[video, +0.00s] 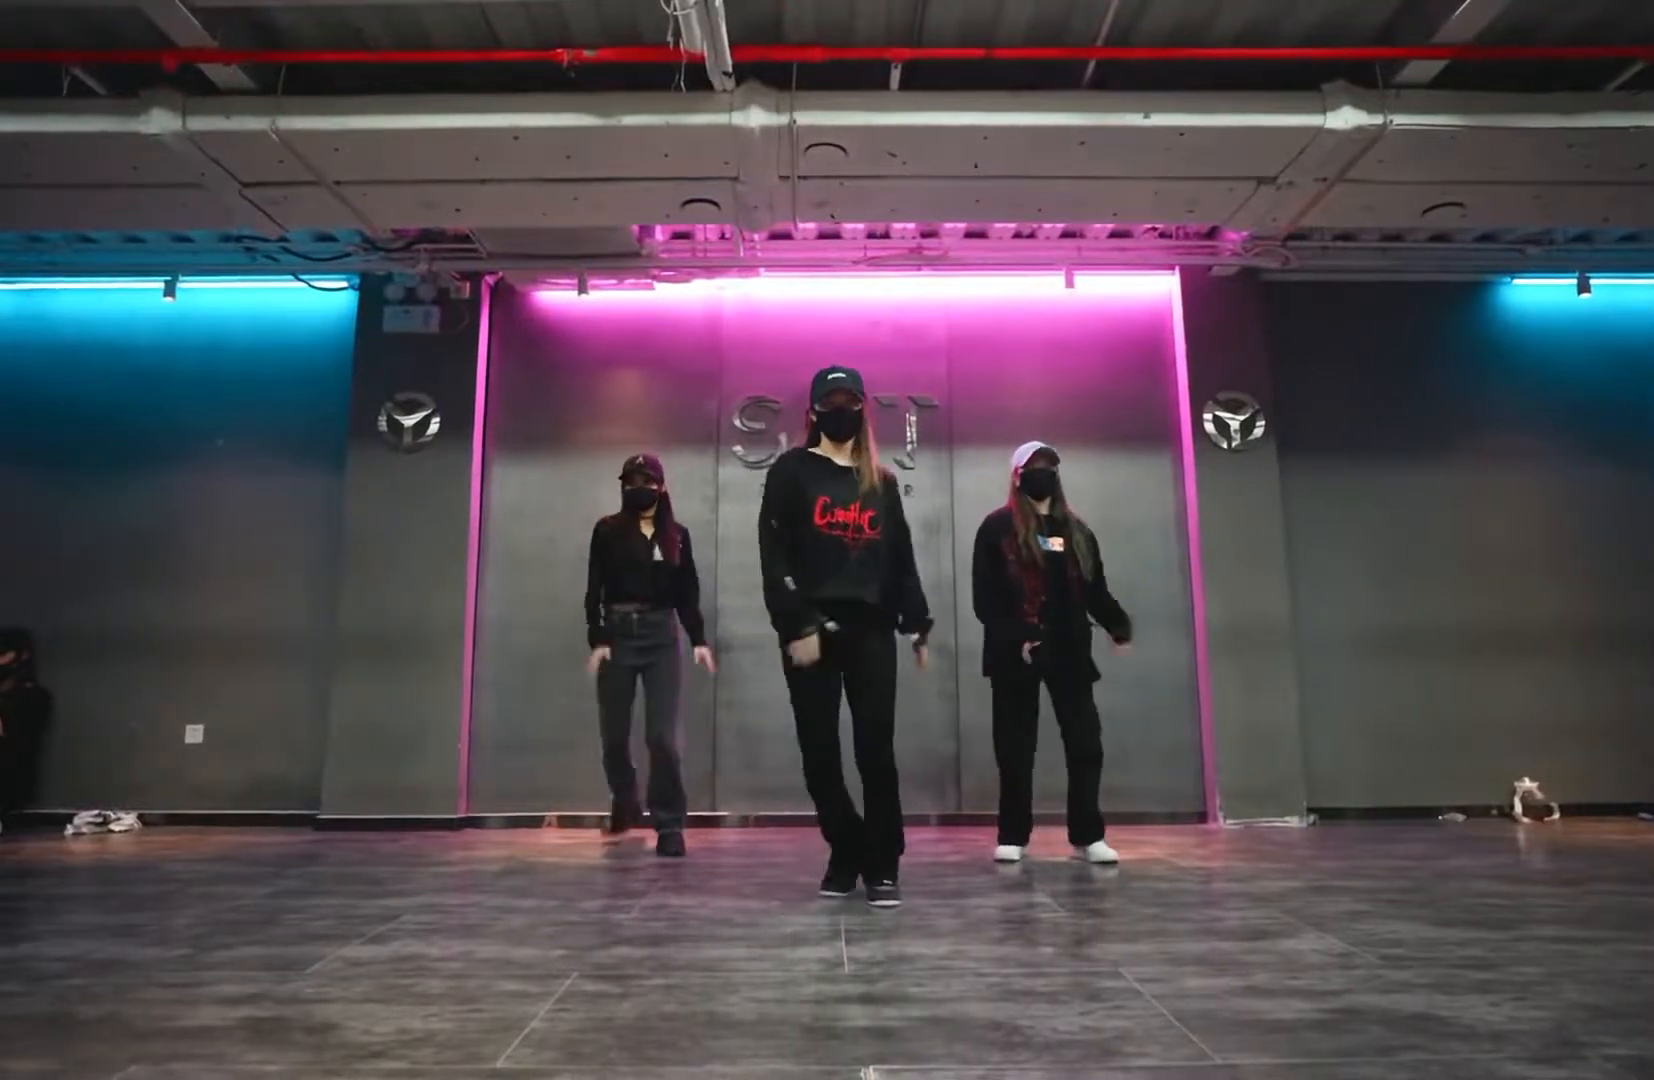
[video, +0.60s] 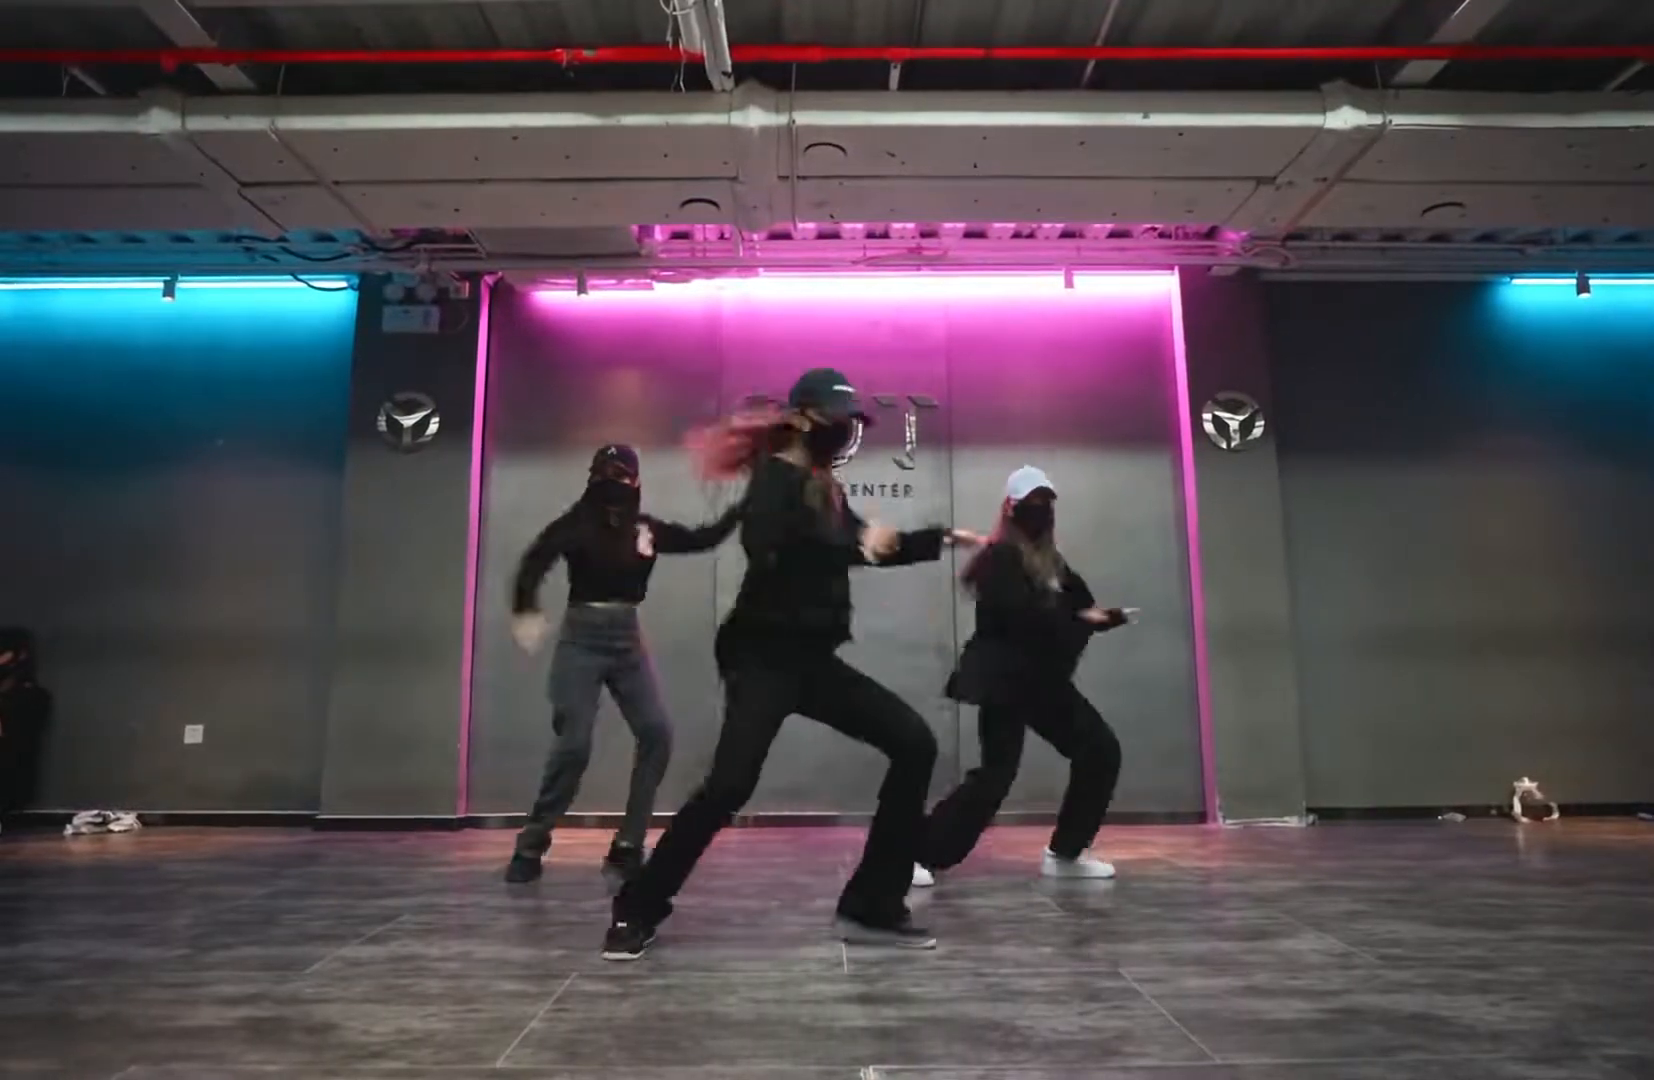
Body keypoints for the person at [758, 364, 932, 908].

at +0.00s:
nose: (843, 407)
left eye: (851, 398)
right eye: (832, 398)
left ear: (864, 406)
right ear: (815, 407)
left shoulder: (879, 477)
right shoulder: (790, 469)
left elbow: (901, 554)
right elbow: (773, 555)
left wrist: (918, 621)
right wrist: (794, 625)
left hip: (871, 628)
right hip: (810, 628)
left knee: (875, 751)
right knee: (820, 756)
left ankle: (882, 867)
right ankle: (845, 856)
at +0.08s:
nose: (839, 411)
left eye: (848, 403)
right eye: (829, 403)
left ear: (861, 412)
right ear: (811, 410)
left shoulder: (877, 483)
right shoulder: (784, 473)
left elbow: (899, 557)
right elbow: (776, 550)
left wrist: (935, 606)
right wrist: (812, 590)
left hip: (865, 633)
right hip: (802, 632)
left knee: (871, 755)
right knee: (787, 763)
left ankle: (881, 868)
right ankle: (830, 832)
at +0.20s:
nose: (824, 413)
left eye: (834, 403)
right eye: (814, 403)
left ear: (847, 410)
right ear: (798, 410)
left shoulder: (865, 479)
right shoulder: (772, 475)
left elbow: (909, 532)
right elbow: (748, 544)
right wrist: (694, 564)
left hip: (853, 643)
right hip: (786, 641)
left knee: (871, 763)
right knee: (734, 741)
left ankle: (880, 874)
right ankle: (721, 871)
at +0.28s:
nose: (813, 422)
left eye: (823, 412)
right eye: (803, 411)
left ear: (839, 421)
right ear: (788, 418)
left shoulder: (845, 485)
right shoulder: (763, 485)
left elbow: (837, 537)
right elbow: (710, 546)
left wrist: (782, 536)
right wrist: (646, 561)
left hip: (845, 650)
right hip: (779, 651)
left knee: (869, 765)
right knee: (719, 759)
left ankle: (882, 873)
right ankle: (653, 892)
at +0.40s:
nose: (768, 422)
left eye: (778, 412)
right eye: (757, 413)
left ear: (797, 420)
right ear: (743, 425)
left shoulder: (829, 487)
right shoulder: (733, 493)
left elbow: (853, 548)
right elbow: (698, 562)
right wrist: (652, 577)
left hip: (827, 655)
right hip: (760, 656)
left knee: (869, 771)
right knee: (702, 768)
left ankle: (881, 864)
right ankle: (635, 908)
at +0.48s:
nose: (772, 423)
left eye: (782, 413)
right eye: (760, 412)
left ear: (800, 421)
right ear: (743, 421)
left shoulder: (826, 493)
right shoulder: (727, 488)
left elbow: (901, 552)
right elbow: (713, 561)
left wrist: (962, 555)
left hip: (821, 665)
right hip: (751, 666)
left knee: (903, 759)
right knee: (704, 776)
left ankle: (868, 858)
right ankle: (635, 909)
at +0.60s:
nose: (848, 435)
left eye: (851, 424)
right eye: (839, 423)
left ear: (837, 426)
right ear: (806, 419)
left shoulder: (824, 487)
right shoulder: (777, 475)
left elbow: (866, 547)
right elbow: (763, 541)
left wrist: (940, 539)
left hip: (811, 661)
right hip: (762, 660)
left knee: (914, 742)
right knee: (730, 788)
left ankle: (873, 901)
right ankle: (635, 912)